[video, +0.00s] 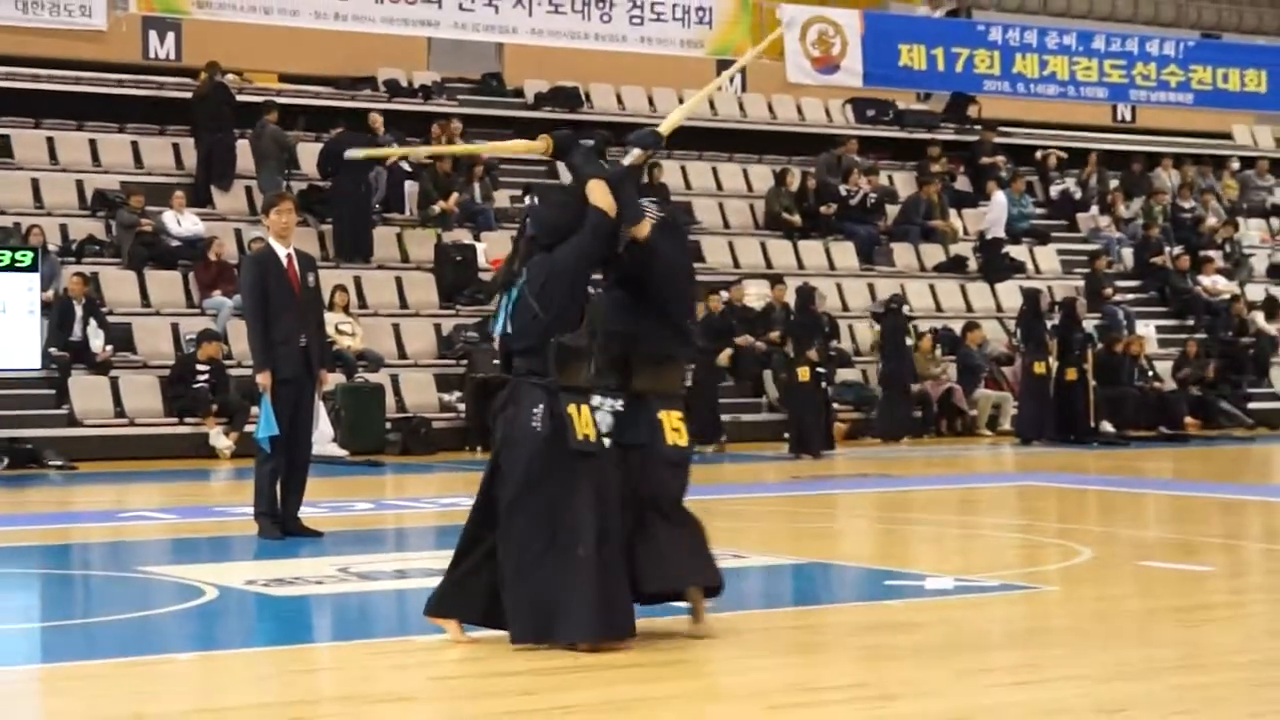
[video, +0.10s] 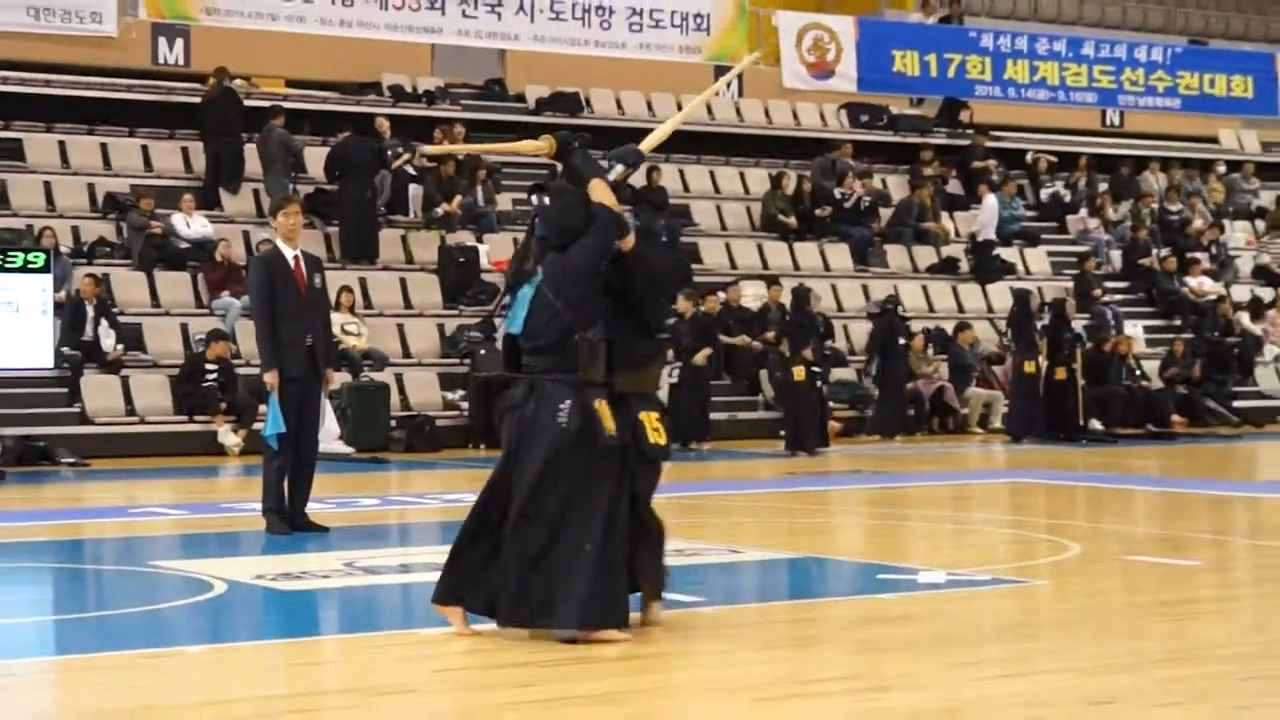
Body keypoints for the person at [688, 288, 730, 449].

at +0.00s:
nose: (716, 305)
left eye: (718, 301)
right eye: (712, 301)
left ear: (722, 303)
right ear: (707, 304)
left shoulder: (726, 319)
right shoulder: (704, 321)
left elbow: (731, 338)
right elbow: (701, 342)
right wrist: (717, 351)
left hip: (715, 364)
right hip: (703, 363)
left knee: (709, 401)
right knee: (701, 399)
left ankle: (715, 435)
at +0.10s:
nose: (677, 305)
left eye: (681, 301)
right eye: (677, 301)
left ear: (691, 302)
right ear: (682, 303)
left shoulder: (704, 319)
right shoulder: (677, 324)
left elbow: (714, 342)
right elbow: (674, 344)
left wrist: (704, 353)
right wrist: (671, 353)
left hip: (699, 367)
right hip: (682, 366)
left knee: (697, 402)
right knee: (679, 401)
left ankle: (700, 436)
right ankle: (683, 436)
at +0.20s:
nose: (666, 308)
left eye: (669, 304)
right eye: (666, 304)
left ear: (679, 304)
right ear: (672, 305)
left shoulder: (690, 323)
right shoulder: (668, 325)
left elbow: (693, 346)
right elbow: (666, 345)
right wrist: (661, 354)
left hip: (686, 368)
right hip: (670, 367)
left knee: (684, 401)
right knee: (668, 400)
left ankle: (683, 435)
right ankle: (671, 435)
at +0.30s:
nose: (656, 310)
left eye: (659, 307)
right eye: (656, 307)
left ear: (668, 307)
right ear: (661, 308)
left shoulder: (675, 324)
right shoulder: (660, 325)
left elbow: (673, 346)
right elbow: (656, 344)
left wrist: (659, 357)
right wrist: (649, 355)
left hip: (676, 368)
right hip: (665, 368)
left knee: (677, 399)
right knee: (665, 399)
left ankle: (680, 433)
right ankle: (668, 433)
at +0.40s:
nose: (645, 312)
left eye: (648, 308)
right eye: (645, 309)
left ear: (656, 309)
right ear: (648, 310)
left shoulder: (664, 326)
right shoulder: (648, 328)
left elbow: (666, 345)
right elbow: (646, 347)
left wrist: (658, 353)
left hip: (666, 369)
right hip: (653, 370)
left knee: (671, 401)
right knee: (659, 401)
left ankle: (680, 431)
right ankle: (665, 433)